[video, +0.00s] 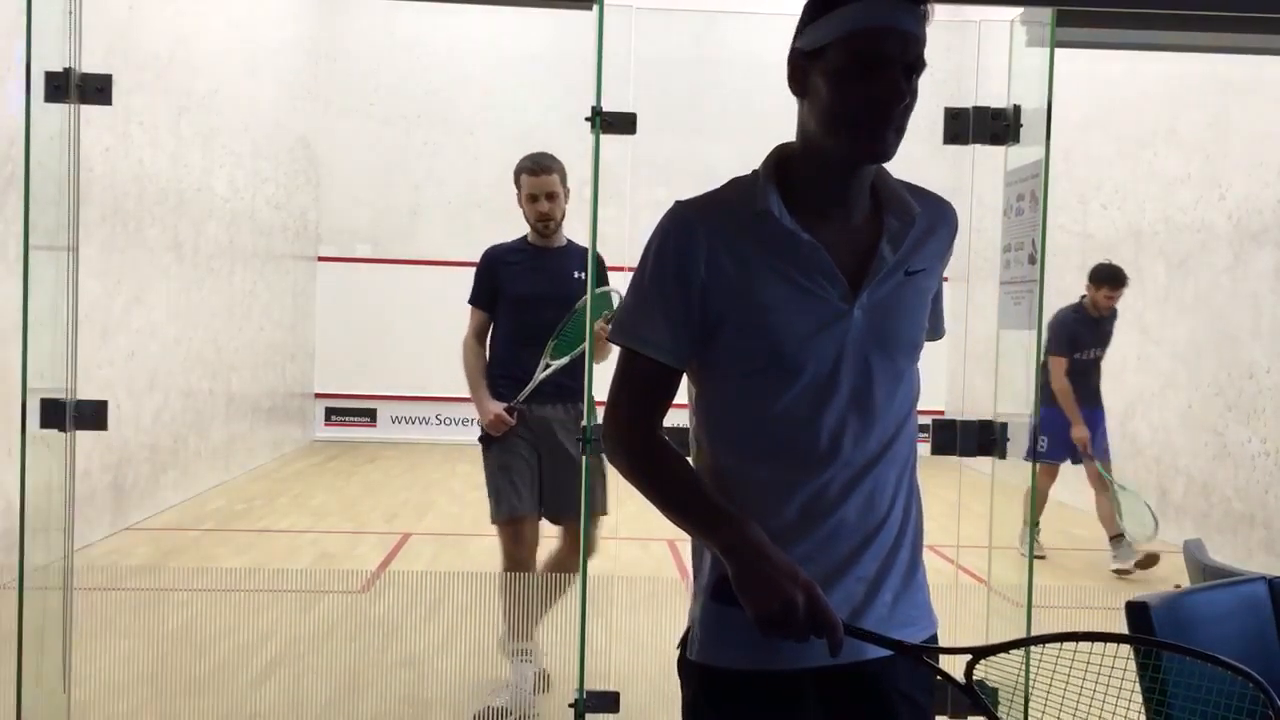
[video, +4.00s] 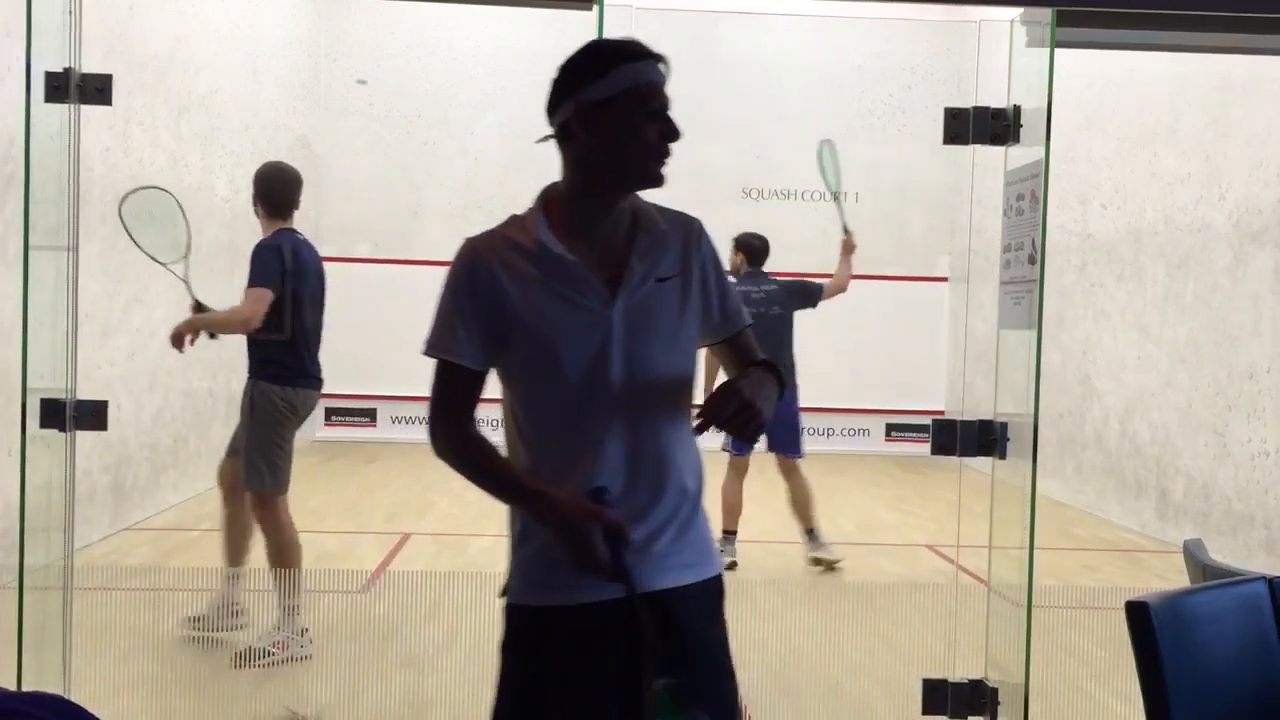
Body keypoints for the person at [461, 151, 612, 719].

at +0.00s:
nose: (544, 207)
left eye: (552, 196)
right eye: (534, 198)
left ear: (567, 197)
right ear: (519, 199)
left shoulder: (588, 264)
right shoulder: (497, 261)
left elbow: (601, 353)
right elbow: (474, 340)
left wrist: (602, 329)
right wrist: (483, 402)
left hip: (570, 417)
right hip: (511, 417)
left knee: (581, 538)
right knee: (518, 543)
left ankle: (522, 627)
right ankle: (523, 666)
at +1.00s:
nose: (603, 205)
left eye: (605, 195)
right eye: (605, 196)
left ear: (616, 192)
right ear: (651, 191)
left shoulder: (647, 248)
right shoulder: (649, 246)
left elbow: (640, 335)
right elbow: (642, 337)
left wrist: (574, 312)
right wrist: (612, 385)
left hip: (658, 420)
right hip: (635, 413)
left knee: (662, 540)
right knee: (615, 513)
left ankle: (684, 671)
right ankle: (611, 643)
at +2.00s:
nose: (485, 214)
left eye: (483, 205)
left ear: (485, 210)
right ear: (526, 206)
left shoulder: (500, 260)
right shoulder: (553, 260)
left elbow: (509, 342)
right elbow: (541, 344)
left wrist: (452, 338)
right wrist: (472, 339)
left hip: (510, 406)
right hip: (554, 404)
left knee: (493, 516)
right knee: (544, 512)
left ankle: (478, 640)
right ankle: (610, 618)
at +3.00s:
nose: (386, 212)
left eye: (384, 204)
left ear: (386, 207)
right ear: (425, 207)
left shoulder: (391, 248)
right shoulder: (442, 258)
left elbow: (390, 320)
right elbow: (448, 331)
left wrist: (346, 322)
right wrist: (376, 316)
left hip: (388, 393)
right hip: (432, 395)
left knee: (344, 492)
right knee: (410, 495)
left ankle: (358, 615)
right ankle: (401, 616)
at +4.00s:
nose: (254, 203)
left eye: (255, 195)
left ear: (255, 201)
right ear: (298, 203)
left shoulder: (271, 250)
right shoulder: (307, 253)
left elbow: (250, 315)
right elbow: (280, 326)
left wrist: (197, 322)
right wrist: (221, 321)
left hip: (274, 391)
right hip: (295, 388)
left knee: (268, 503)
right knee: (232, 475)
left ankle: (292, 627)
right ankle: (231, 602)